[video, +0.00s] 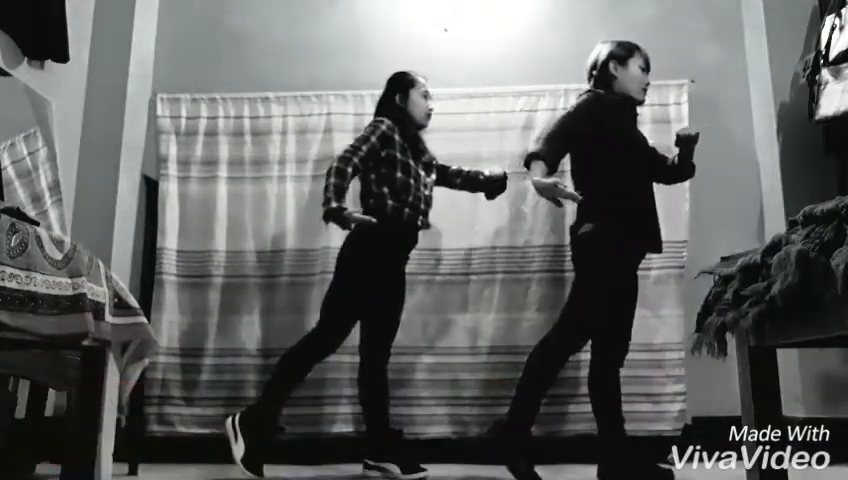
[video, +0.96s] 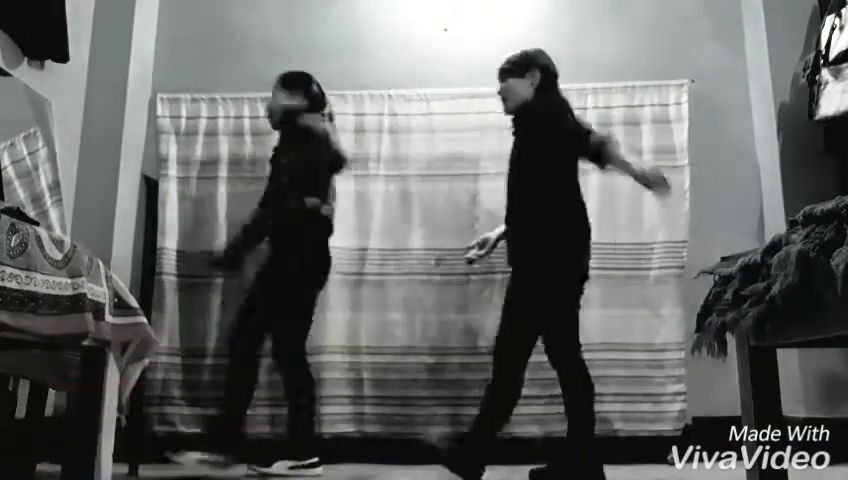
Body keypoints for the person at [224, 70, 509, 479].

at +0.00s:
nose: (431, 104)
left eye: (430, 97)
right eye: (423, 96)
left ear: (408, 103)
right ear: (400, 100)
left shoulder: (415, 148)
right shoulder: (383, 130)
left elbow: (441, 174)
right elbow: (345, 163)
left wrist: (486, 181)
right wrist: (335, 207)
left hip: (392, 254)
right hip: (368, 249)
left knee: (376, 354)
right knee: (326, 338)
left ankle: (381, 449)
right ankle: (254, 422)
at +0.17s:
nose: (429, 103)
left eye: (428, 96)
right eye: (422, 95)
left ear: (406, 101)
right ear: (398, 99)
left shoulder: (414, 147)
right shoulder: (381, 128)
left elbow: (440, 173)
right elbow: (342, 160)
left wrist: (485, 180)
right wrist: (334, 204)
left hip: (391, 252)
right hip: (366, 246)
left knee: (380, 352)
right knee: (324, 337)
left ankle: (381, 448)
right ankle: (254, 422)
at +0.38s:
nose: (429, 115)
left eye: (427, 108)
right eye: (419, 108)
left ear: (419, 120)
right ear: (399, 118)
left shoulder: (426, 171)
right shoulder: (378, 159)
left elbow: (478, 202)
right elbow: (345, 208)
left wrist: (469, 175)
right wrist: (381, 248)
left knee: (401, 359)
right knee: (367, 332)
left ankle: (386, 452)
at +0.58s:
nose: (340, 99)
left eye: (347, 91)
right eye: (337, 93)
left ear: (367, 93)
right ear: (339, 99)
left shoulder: (393, 142)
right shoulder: (339, 140)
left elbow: (411, 203)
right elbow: (330, 165)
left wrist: (401, 258)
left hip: (386, 258)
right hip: (349, 254)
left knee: (381, 352)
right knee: (316, 343)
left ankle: (386, 453)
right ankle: (310, 445)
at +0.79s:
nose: (291, 104)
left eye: (298, 98)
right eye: (294, 98)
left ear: (314, 107)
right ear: (318, 108)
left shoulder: (343, 146)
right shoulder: (293, 152)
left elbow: (380, 188)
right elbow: (251, 165)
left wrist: (414, 224)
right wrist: (202, 158)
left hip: (332, 261)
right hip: (313, 260)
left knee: (285, 341)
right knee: (286, 343)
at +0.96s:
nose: (268, 104)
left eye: (275, 97)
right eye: (271, 97)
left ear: (294, 100)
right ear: (305, 100)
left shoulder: (298, 139)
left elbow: (274, 206)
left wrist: (234, 251)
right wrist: (234, 250)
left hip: (293, 254)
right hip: (306, 254)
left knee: (245, 337)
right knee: (290, 348)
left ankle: (227, 435)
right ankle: (303, 443)